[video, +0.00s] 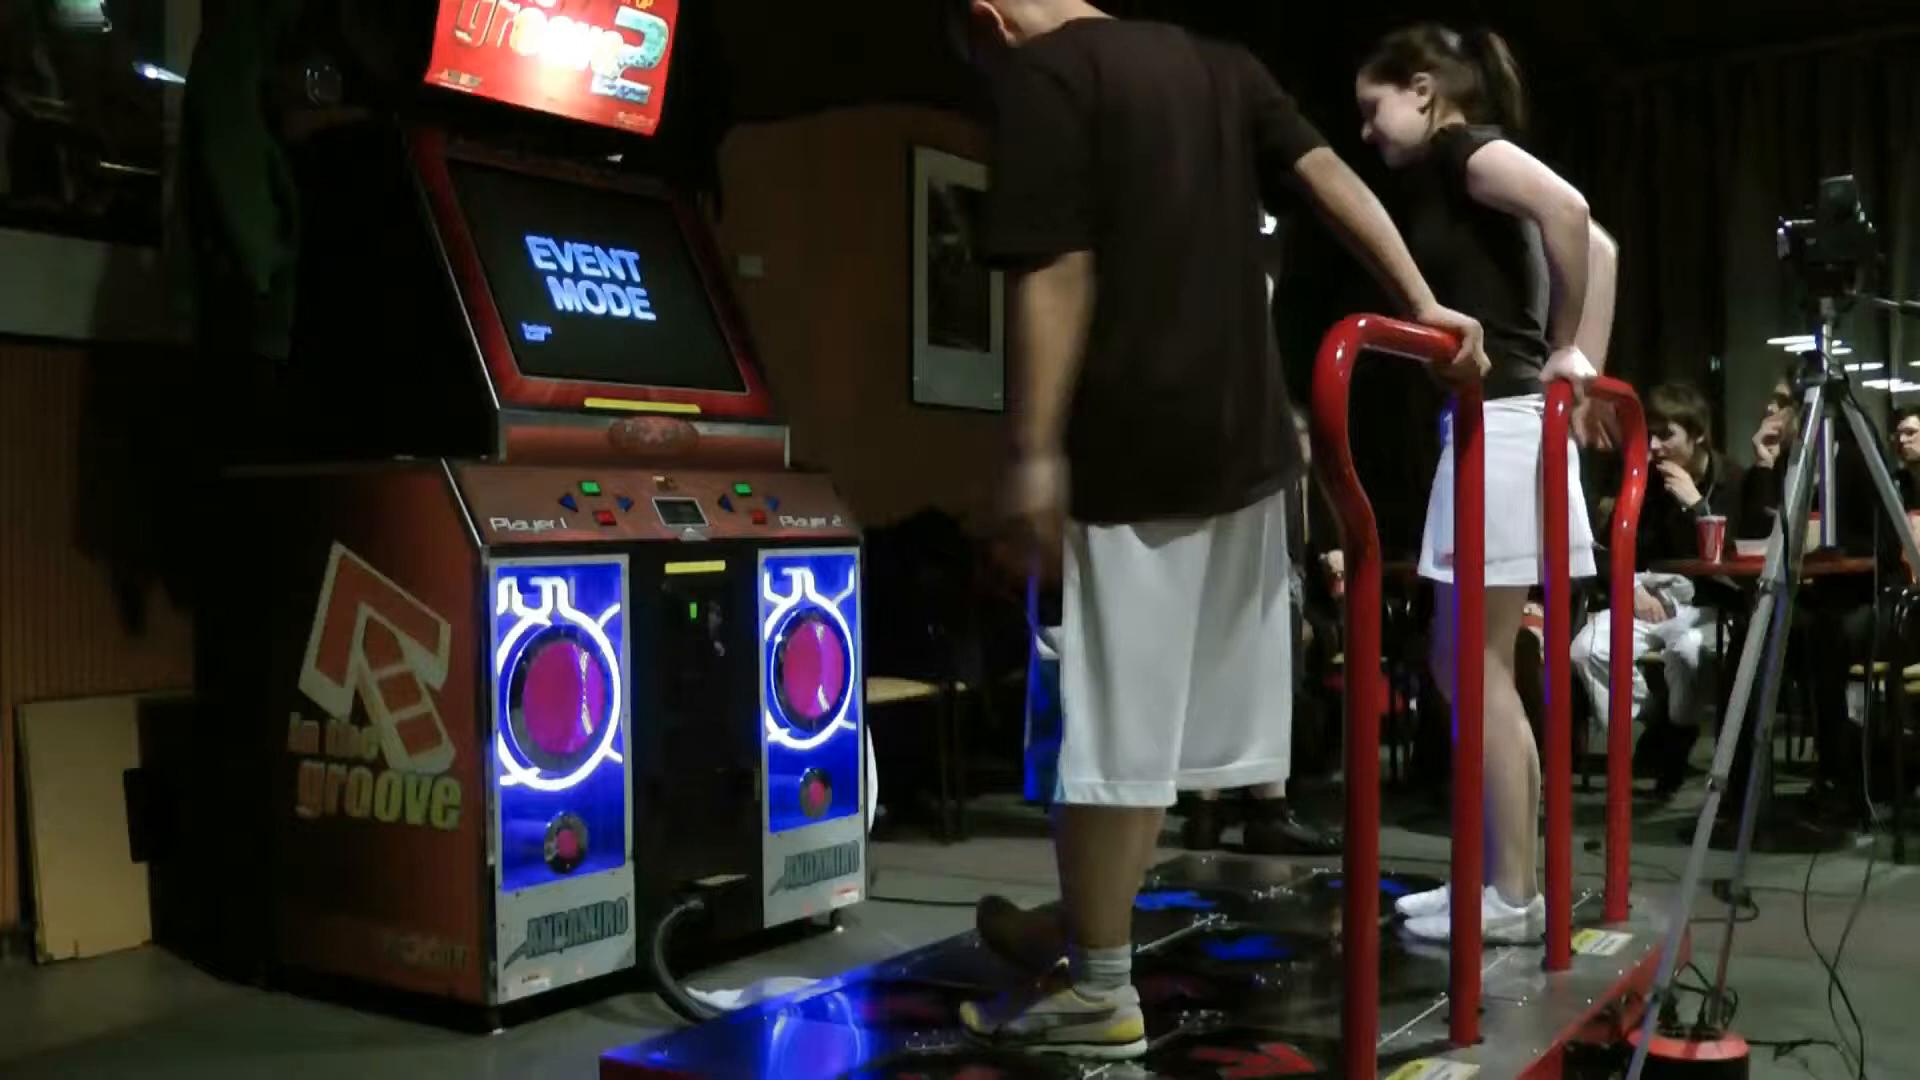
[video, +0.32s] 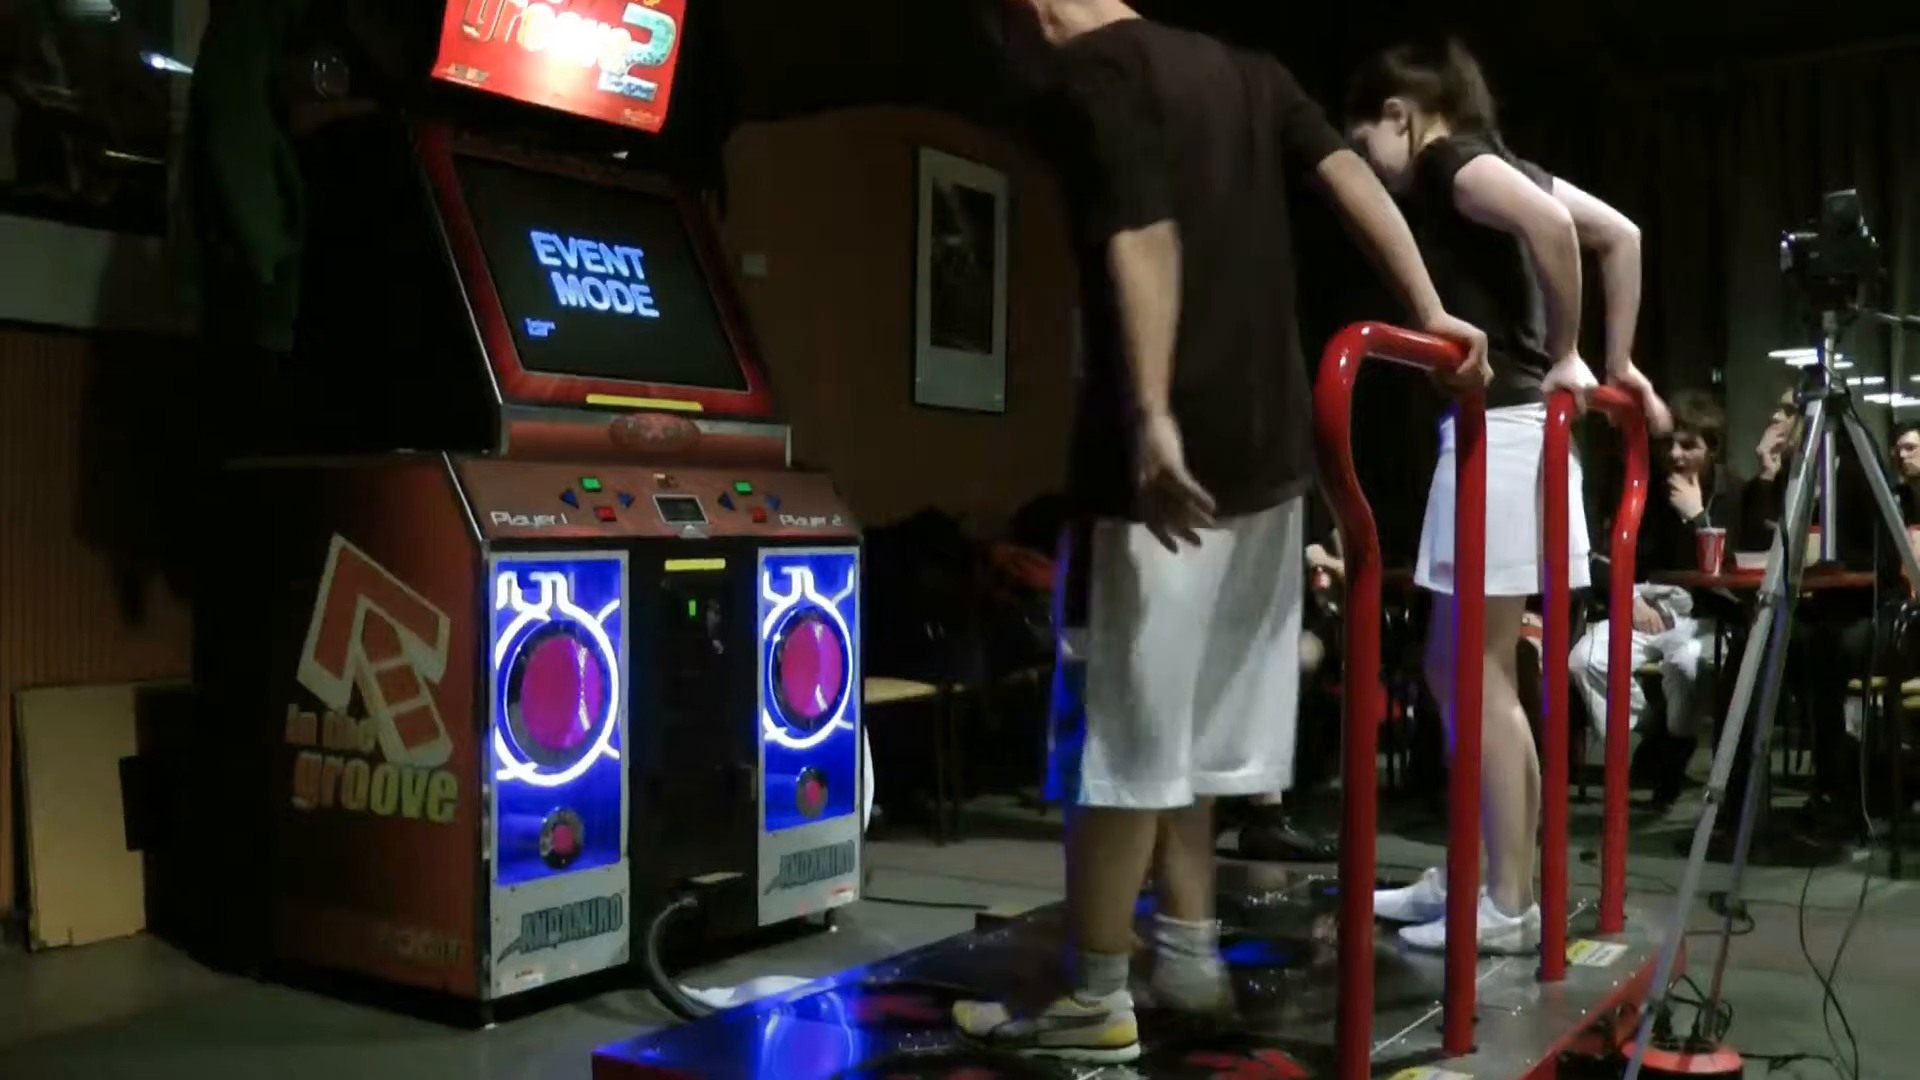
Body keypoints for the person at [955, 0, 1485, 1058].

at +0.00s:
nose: (992, 43)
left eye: (981, 34)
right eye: (988, 36)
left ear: (993, 13)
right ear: (1083, 0)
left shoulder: (1038, 77)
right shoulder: (1216, 62)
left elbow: (1056, 269)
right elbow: (1328, 176)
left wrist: (1035, 446)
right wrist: (1422, 302)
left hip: (1131, 455)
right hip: (1244, 445)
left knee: (1115, 723)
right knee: (1175, 710)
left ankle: (1101, 995)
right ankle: (1090, 930)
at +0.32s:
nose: (1028, 31)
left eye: (1023, 21)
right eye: (1027, 23)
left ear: (1043, 10)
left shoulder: (1090, 71)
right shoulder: (1249, 69)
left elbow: (1143, 236)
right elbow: (1357, 184)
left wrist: (1153, 412)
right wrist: (1430, 310)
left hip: (1166, 452)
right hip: (1265, 443)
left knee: (1128, 730)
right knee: (1191, 718)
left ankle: (1097, 999)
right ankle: (1191, 960)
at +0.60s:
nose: (1053, 59)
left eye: (1047, 40)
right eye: (1048, 45)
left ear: (1071, 15)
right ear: (1146, 2)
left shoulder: (1127, 54)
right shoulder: (1243, 80)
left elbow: (1235, 151)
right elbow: (1358, 170)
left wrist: (1292, 295)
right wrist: (1423, 303)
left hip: (1181, 456)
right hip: (1277, 461)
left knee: (1130, 728)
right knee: (1228, 724)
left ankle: (1095, 992)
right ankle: (1217, 977)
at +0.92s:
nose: (1045, 74)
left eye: (1036, 51)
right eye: (1034, 60)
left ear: (1061, 12)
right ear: (1104, 6)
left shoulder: (1134, 40)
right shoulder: (1200, 63)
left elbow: (1299, 122)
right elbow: (1359, 170)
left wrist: (1339, 282)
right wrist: (1427, 305)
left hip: (1197, 442)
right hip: (1290, 449)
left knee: (1078, 690)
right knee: (1256, 722)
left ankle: (952, 925)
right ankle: (1217, 980)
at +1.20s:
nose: (998, 81)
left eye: (985, 56)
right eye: (985, 66)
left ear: (998, 20)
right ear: (1042, 3)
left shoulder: (1078, 38)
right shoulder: (1156, 54)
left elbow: (1248, 125)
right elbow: (1310, 164)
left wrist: (1337, 291)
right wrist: (1421, 298)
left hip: (1155, 448)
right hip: (1258, 448)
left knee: (1117, 729)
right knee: (1241, 712)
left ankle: (1087, 1013)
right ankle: (1219, 978)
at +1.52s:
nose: (918, 83)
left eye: (907, 63)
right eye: (908, 69)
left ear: (919, 22)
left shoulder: (999, 35)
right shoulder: (1115, 46)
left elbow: (1187, 130)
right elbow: (1262, 176)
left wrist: (1310, 290)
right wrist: (1387, 290)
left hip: (1095, 438)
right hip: (1206, 436)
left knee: (1077, 721)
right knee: (1191, 709)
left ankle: (1086, 1013)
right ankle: (1178, 981)